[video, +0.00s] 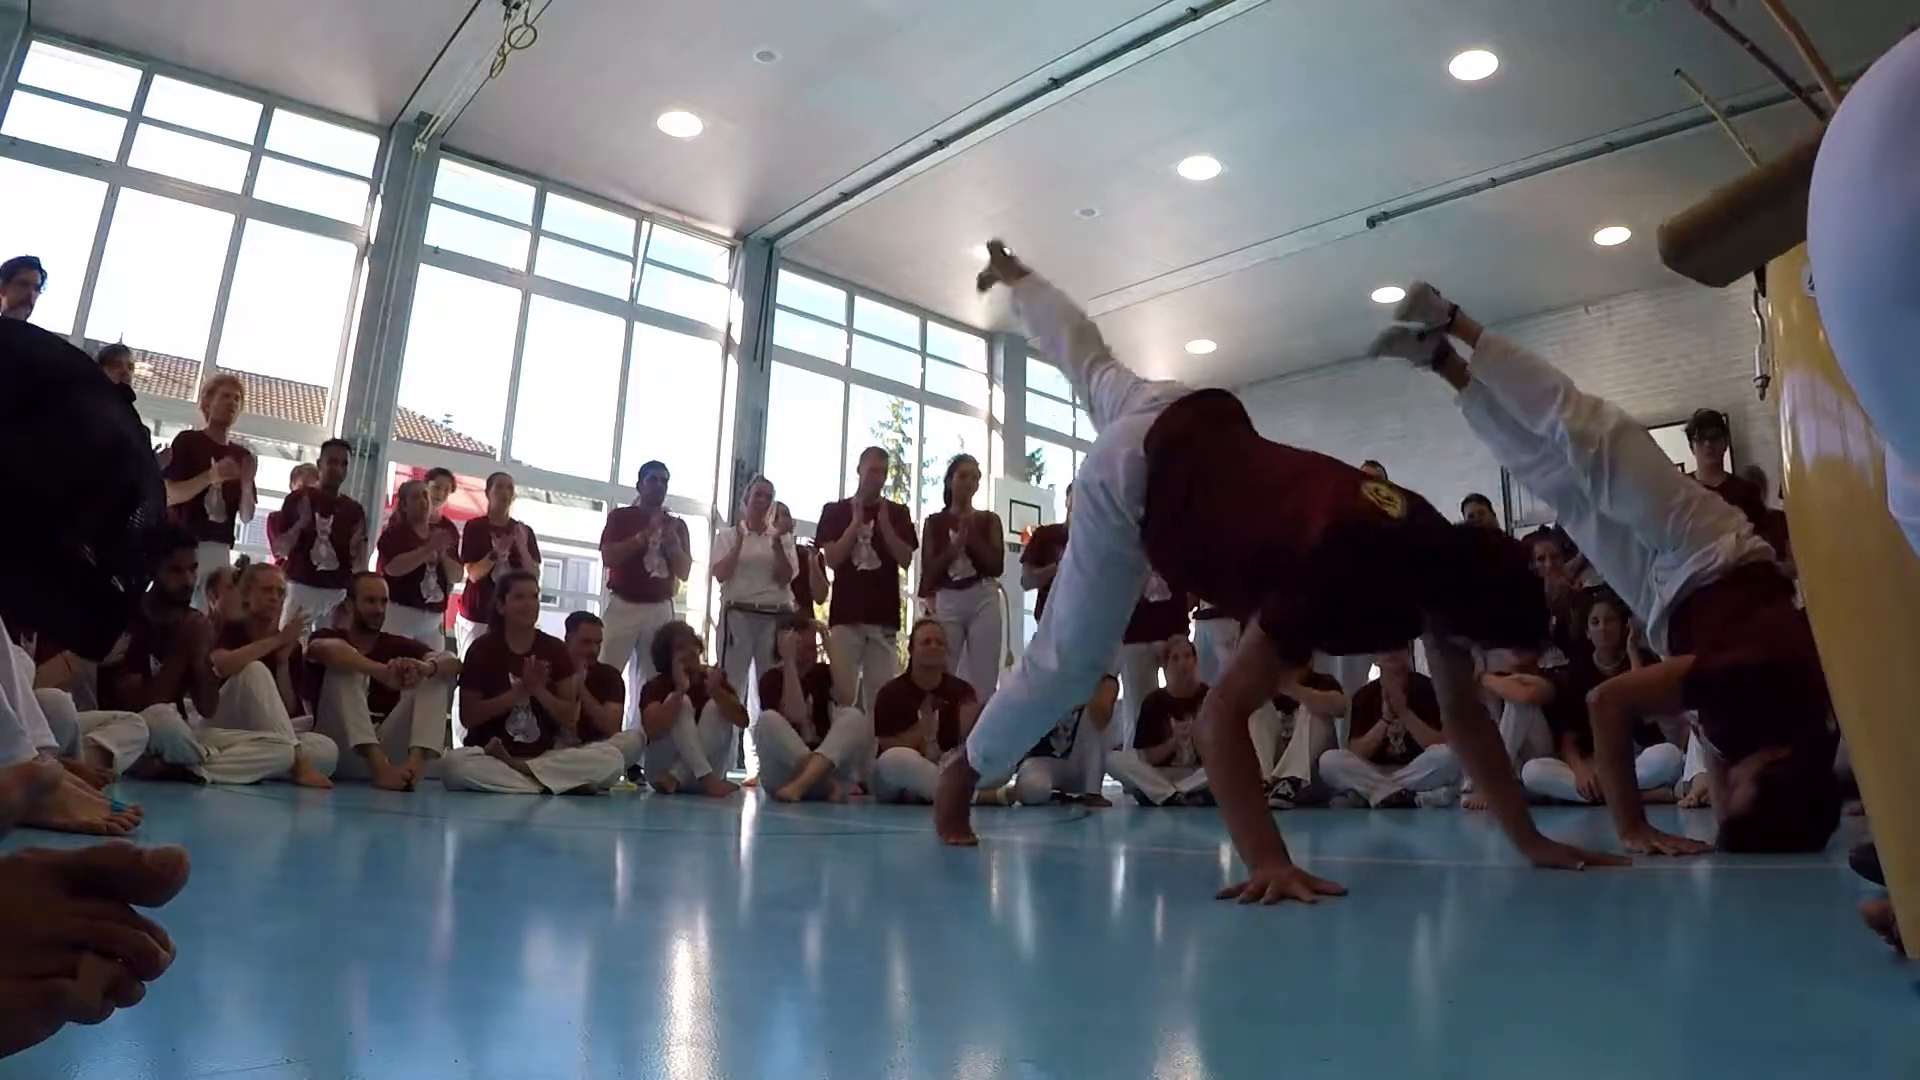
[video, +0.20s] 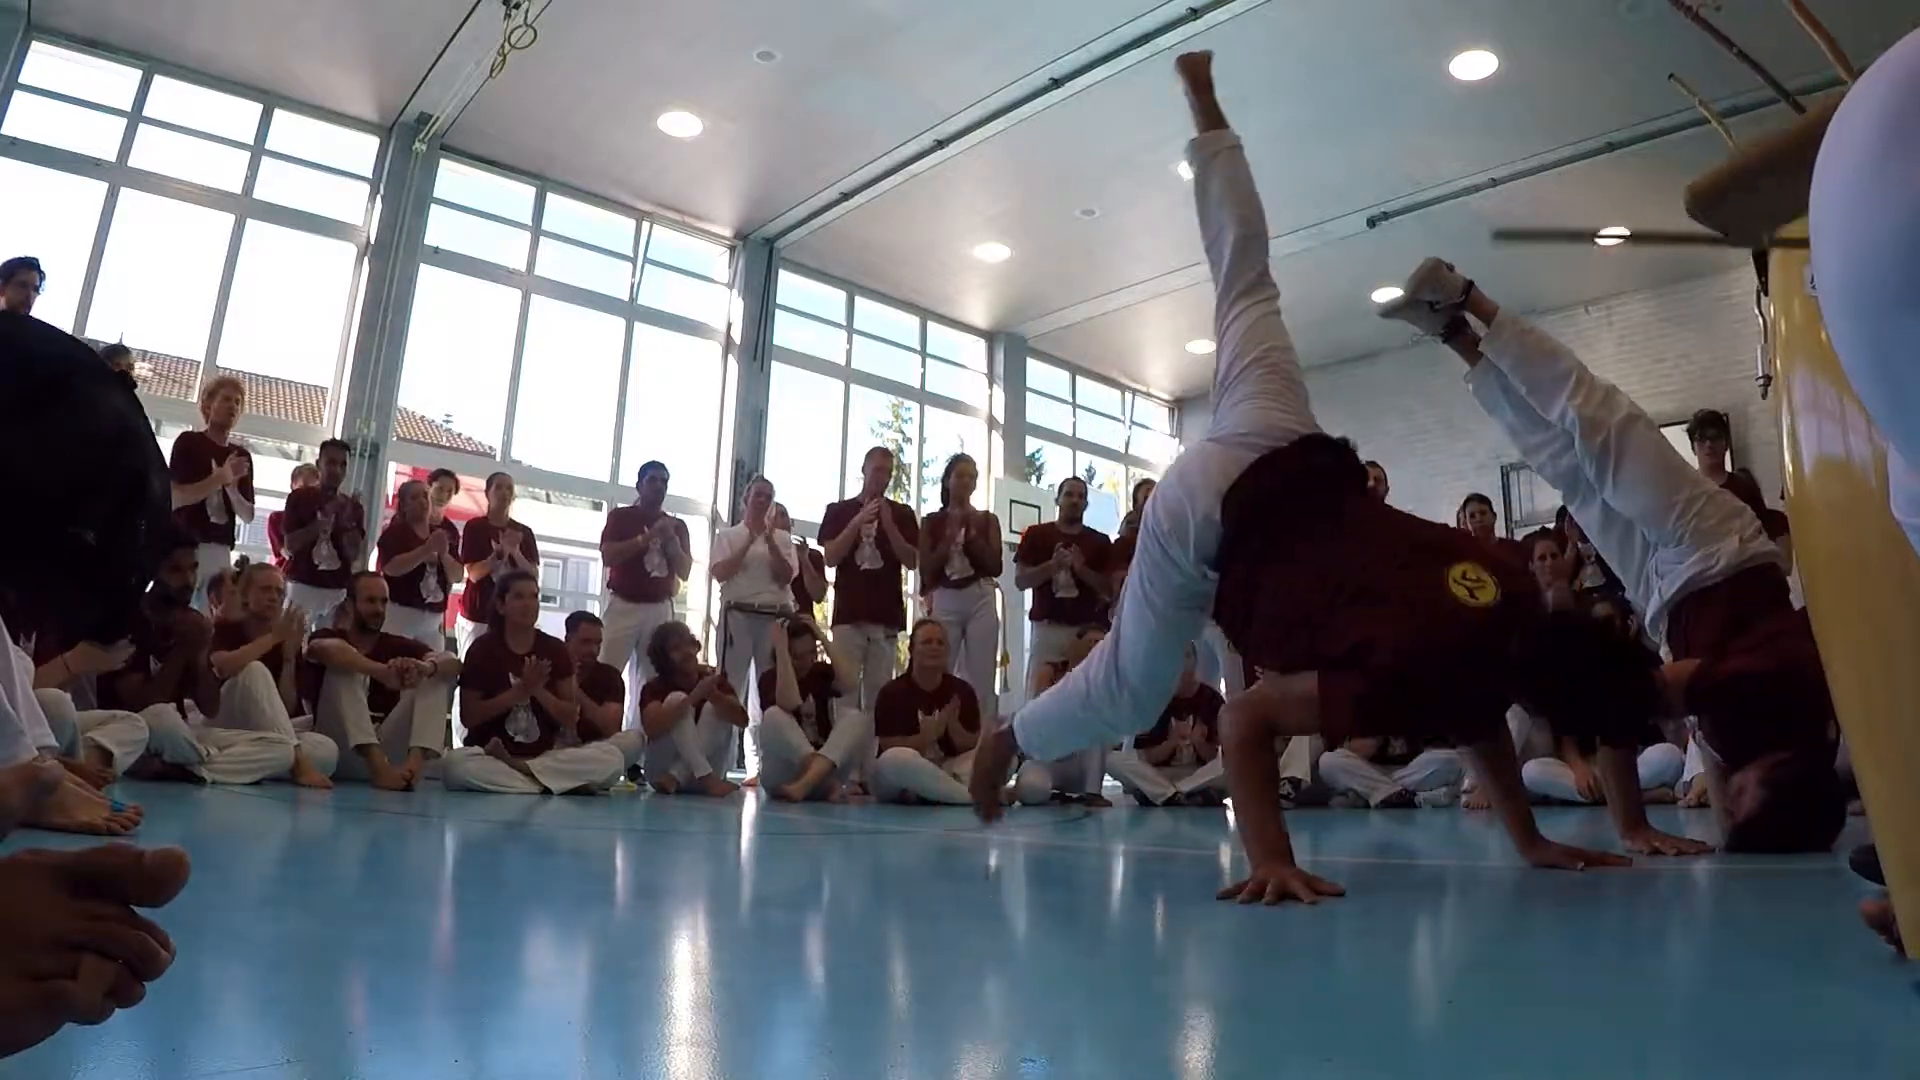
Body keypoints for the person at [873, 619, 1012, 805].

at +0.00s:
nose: (934, 647)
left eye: (939, 643)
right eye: (926, 643)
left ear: (946, 650)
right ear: (911, 651)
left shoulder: (962, 690)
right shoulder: (891, 693)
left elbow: (971, 743)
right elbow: (889, 748)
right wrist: (922, 729)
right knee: (895, 759)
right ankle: (976, 796)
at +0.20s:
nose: (935, 648)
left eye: (940, 643)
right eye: (927, 642)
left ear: (947, 651)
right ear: (912, 650)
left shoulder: (963, 690)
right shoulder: (892, 692)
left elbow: (970, 747)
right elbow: (889, 746)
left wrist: (954, 725)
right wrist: (925, 739)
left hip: (951, 769)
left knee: (1001, 755)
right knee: (896, 759)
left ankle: (931, 795)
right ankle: (976, 797)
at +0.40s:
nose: (935, 647)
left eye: (940, 643)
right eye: (926, 642)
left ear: (947, 650)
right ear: (911, 650)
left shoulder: (961, 690)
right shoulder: (891, 692)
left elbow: (970, 749)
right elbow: (887, 747)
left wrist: (961, 723)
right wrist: (922, 729)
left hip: (952, 769)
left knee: (1005, 757)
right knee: (896, 759)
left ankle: (932, 794)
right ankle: (976, 797)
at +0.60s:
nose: (933, 647)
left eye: (939, 642)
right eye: (926, 642)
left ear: (946, 649)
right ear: (911, 650)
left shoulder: (962, 690)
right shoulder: (891, 692)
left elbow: (972, 748)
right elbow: (887, 747)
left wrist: (955, 724)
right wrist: (928, 729)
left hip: (951, 769)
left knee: (1005, 757)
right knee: (895, 759)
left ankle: (932, 793)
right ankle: (975, 797)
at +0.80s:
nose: (933, 647)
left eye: (939, 643)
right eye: (925, 642)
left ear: (946, 650)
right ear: (911, 649)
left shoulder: (962, 690)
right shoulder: (891, 692)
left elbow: (971, 746)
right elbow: (887, 745)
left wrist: (951, 724)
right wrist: (925, 735)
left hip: (950, 768)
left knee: (1006, 758)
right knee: (895, 759)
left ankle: (932, 792)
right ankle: (975, 797)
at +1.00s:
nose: (933, 647)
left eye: (939, 642)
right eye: (926, 642)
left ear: (946, 650)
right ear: (911, 649)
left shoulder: (961, 690)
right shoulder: (891, 693)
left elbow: (972, 749)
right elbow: (885, 746)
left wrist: (960, 726)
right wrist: (923, 731)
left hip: (952, 767)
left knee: (1006, 758)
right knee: (894, 759)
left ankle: (932, 792)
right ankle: (975, 797)